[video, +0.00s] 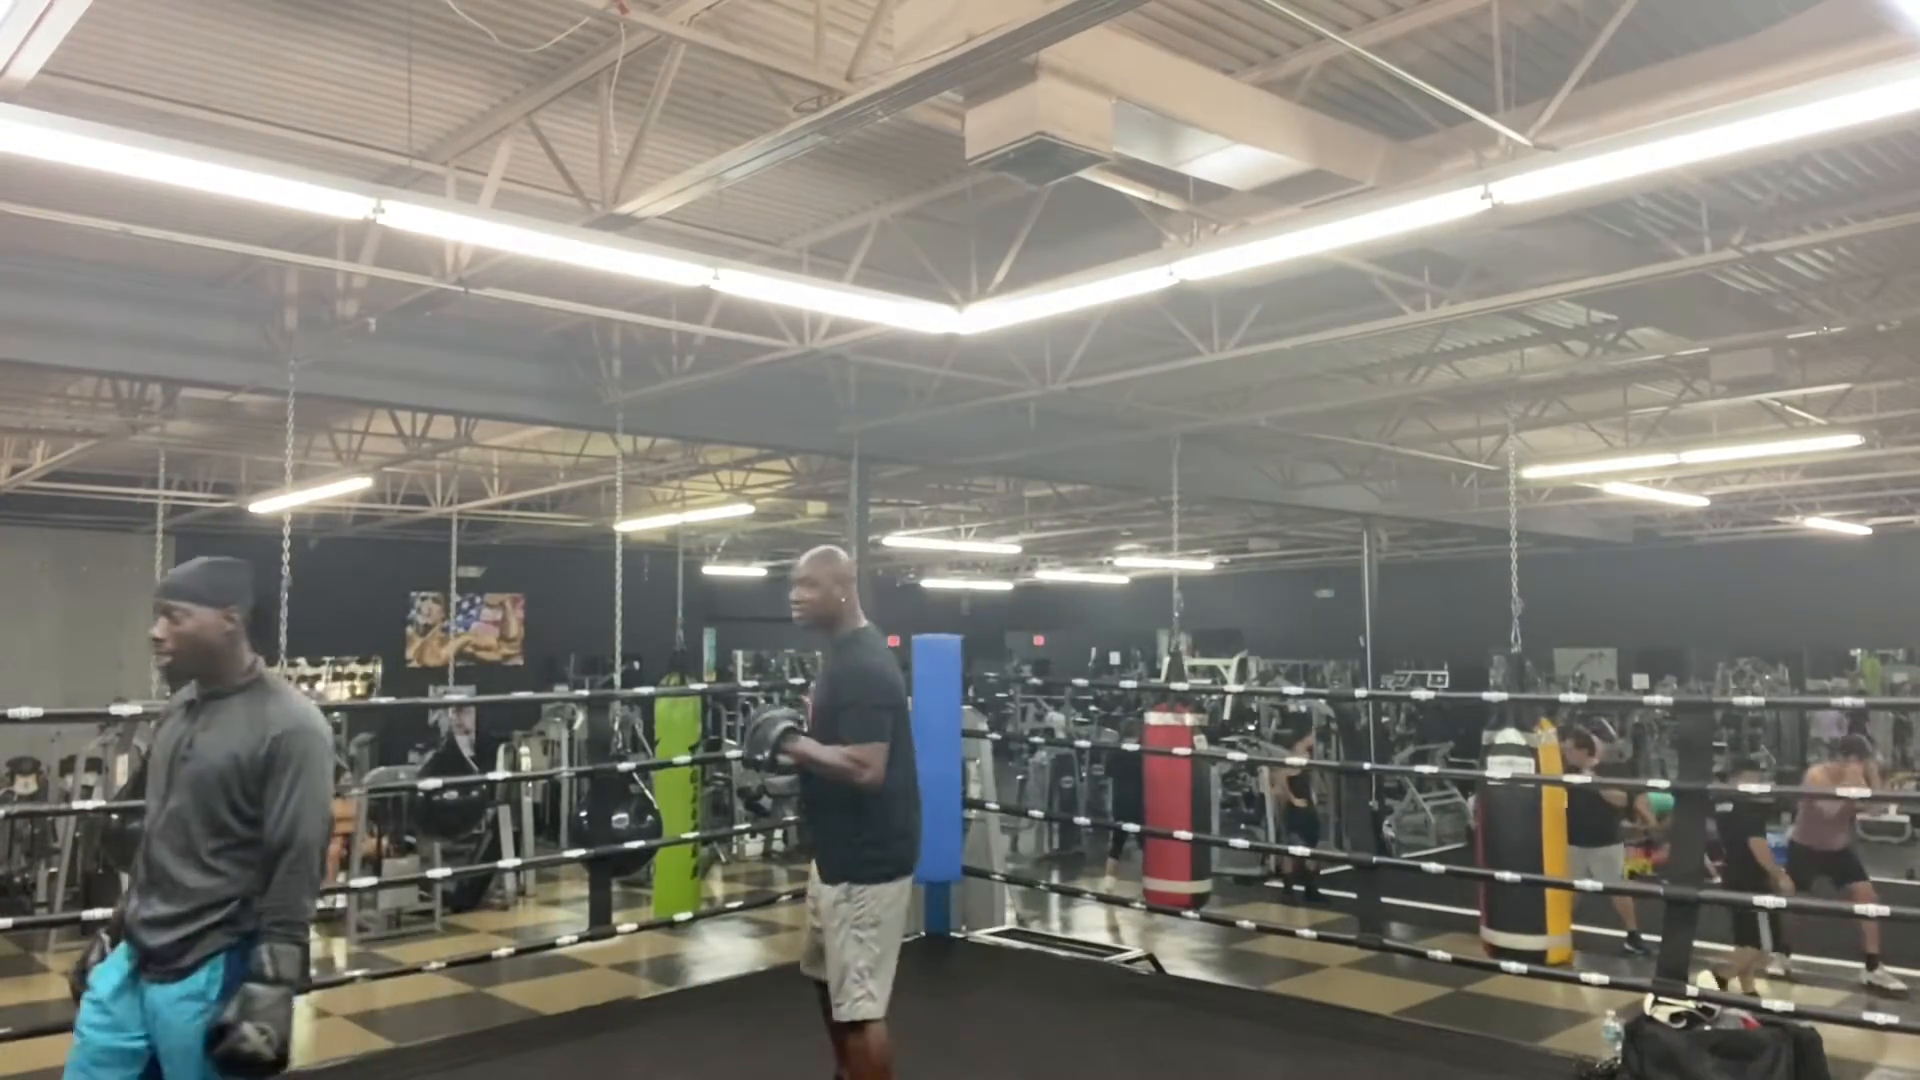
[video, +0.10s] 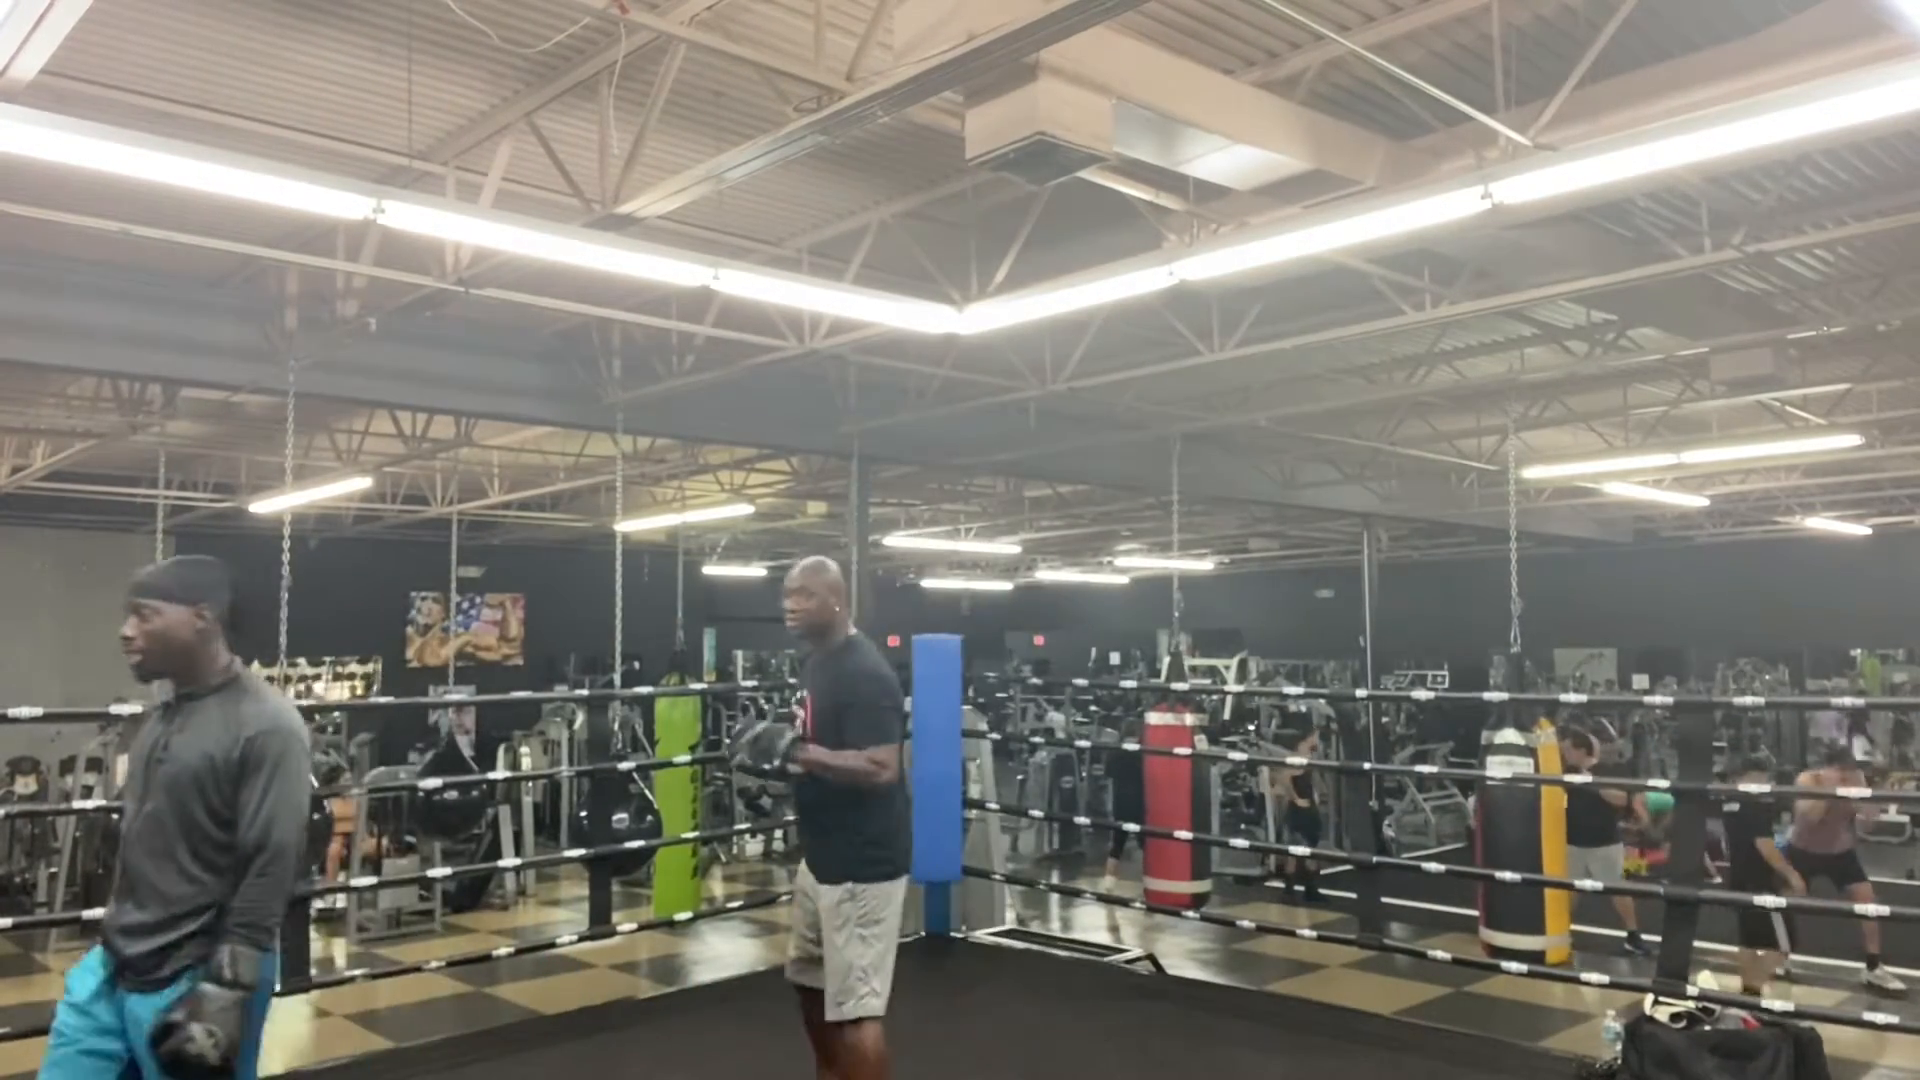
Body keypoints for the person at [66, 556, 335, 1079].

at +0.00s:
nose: (156, 633)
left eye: (174, 616)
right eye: (158, 617)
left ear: (230, 621)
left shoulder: (294, 726)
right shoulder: (177, 713)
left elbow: (297, 867)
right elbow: (160, 847)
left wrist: (272, 990)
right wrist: (112, 938)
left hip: (214, 970)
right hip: (133, 959)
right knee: (88, 1072)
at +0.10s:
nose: (126, 633)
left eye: (144, 614)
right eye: (128, 616)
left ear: (202, 618)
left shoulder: (270, 727)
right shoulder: (160, 718)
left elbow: (271, 871)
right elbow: (147, 847)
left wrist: (227, 991)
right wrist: (111, 953)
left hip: (204, 979)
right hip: (114, 971)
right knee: (62, 1073)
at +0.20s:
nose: (93, 634)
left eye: (112, 616)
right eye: (96, 618)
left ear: (170, 622)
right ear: (167, 623)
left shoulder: (242, 731)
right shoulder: (127, 727)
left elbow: (239, 880)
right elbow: (117, 856)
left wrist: (183, 994)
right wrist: (83, 961)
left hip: (190, 986)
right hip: (90, 984)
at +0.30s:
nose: (46, 636)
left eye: (65, 618)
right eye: (52, 619)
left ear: (125, 624)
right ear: (121, 626)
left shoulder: (197, 736)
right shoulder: (107, 728)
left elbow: (191, 892)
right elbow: (86, 867)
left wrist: (123, 1005)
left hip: (144, 1002)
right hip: (56, 997)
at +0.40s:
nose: (14, 632)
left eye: (32, 613)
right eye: (19, 616)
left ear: (92, 619)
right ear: (89, 623)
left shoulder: (163, 726)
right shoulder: (74, 724)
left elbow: (157, 884)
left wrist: (85, 1004)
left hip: (109, 1000)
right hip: (32, 995)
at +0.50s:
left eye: (7, 610)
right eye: (1, 611)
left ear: (57, 618)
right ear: (56, 620)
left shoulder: (122, 718)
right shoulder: (51, 717)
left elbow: (121, 877)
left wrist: (43, 995)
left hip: (75, 996)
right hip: (24, 987)